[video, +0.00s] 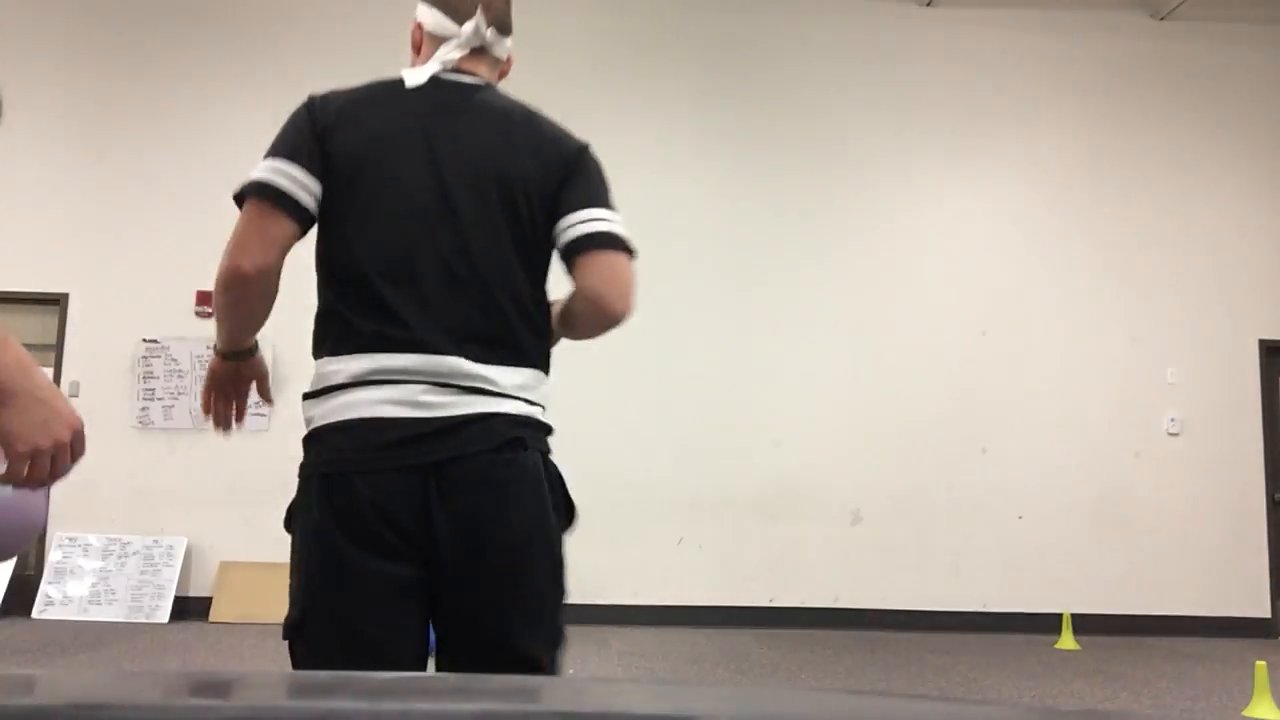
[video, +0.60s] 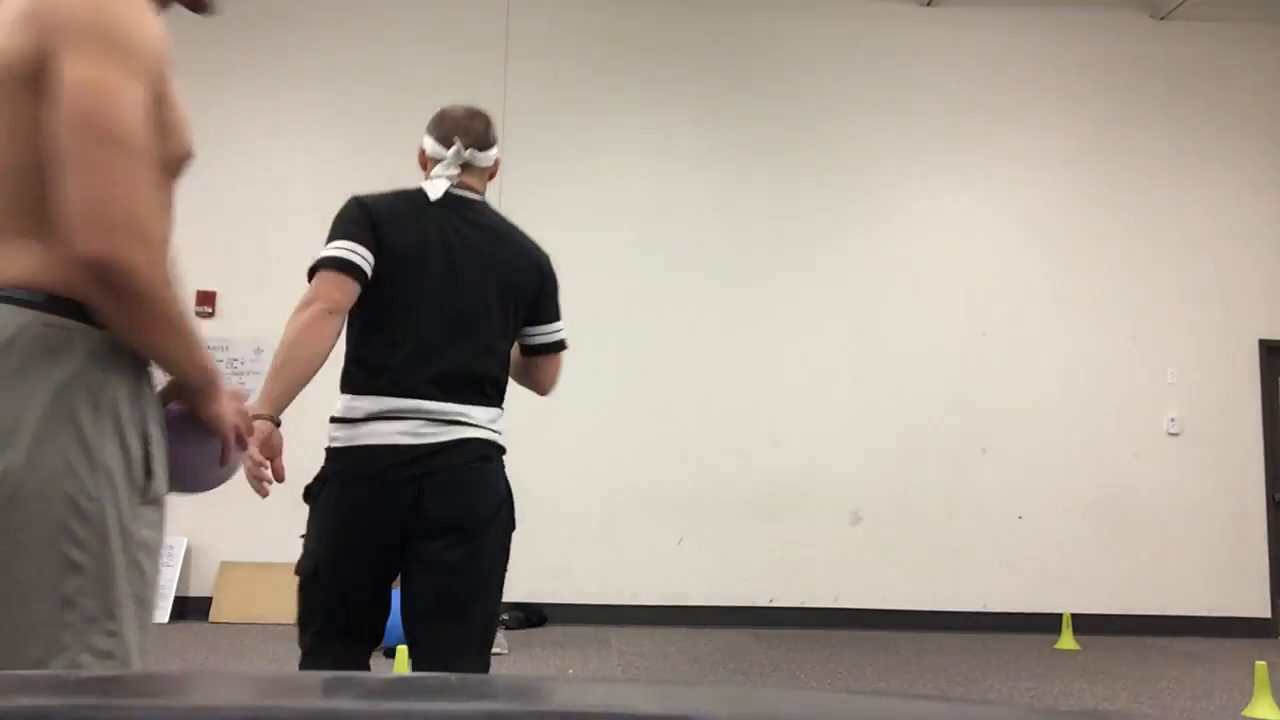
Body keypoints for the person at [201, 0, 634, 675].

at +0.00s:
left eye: (416, 33)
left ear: (416, 38)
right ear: (507, 64)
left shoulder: (330, 117)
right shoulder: (556, 148)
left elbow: (248, 264)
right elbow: (610, 298)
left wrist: (235, 352)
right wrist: (543, 323)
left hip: (354, 462)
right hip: (501, 465)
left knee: (350, 705)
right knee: (507, 703)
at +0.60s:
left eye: (422, 153)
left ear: (420, 159)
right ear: (493, 170)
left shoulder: (371, 214)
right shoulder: (525, 254)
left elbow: (327, 307)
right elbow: (543, 376)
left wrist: (265, 412)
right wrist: (490, 335)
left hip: (361, 481)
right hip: (469, 485)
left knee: (331, 670)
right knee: (454, 681)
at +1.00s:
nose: (443, 220)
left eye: (389, 209)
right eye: (449, 214)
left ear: (387, 210)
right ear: (450, 214)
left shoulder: (341, 266)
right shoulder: (477, 281)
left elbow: (304, 361)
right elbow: (488, 371)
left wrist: (269, 453)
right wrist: (433, 341)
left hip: (344, 485)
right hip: (433, 486)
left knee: (343, 646)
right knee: (443, 641)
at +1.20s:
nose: (445, 240)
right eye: (448, 233)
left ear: (390, 230)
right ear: (447, 234)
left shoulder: (346, 277)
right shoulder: (471, 297)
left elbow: (304, 369)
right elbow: (476, 394)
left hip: (351, 475)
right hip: (432, 481)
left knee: (344, 636)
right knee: (432, 637)